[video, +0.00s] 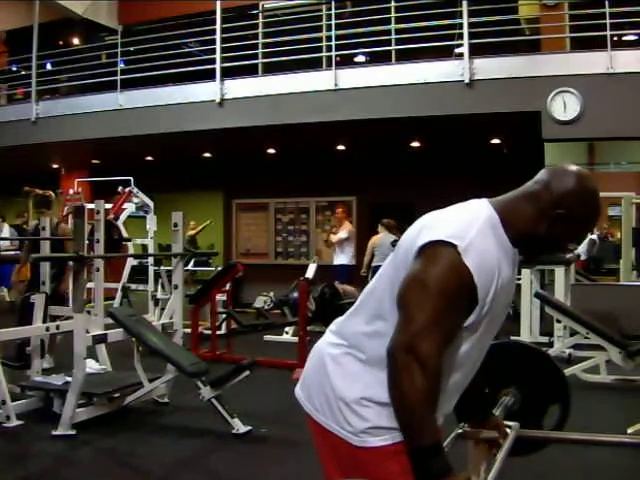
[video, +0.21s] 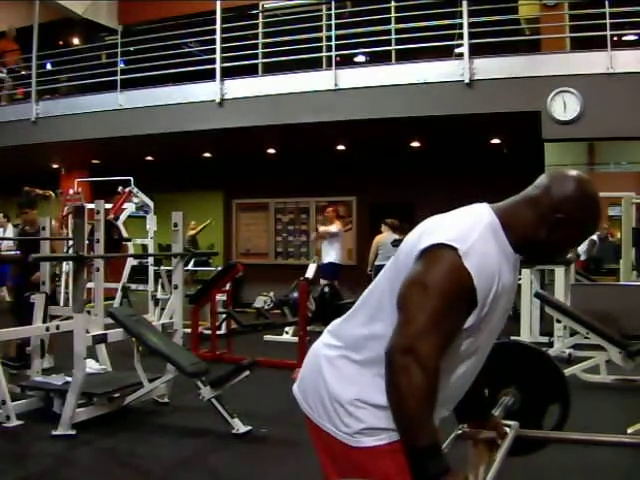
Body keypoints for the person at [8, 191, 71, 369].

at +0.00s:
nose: (43, 215)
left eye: (44, 211)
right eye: (40, 211)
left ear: (47, 209)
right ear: (41, 210)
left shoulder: (61, 230)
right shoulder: (34, 229)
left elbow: (69, 256)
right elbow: (27, 252)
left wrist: (66, 279)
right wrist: (17, 272)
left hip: (57, 277)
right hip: (37, 276)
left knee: (54, 315)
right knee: (31, 312)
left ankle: (49, 353)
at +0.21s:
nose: (24, 217)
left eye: (26, 213)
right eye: (21, 214)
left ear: (35, 211)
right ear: (19, 214)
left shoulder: (48, 229)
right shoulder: (20, 231)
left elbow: (57, 254)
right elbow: (17, 256)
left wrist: (46, 272)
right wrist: (11, 278)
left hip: (40, 278)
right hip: (21, 278)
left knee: (41, 316)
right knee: (21, 315)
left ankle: (44, 353)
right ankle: (20, 353)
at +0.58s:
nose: (2, 217)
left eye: (4, 212)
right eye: (0, 212)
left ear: (13, 209)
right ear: (2, 212)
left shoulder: (29, 227)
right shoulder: (2, 227)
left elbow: (40, 255)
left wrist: (29, 275)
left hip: (20, 282)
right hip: (1, 282)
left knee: (20, 321)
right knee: (4, 321)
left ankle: (18, 359)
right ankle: (7, 358)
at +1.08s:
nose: (1, 212)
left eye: (1, 209)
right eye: (1, 210)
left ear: (5, 208)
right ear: (4, 209)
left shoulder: (18, 228)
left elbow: (27, 258)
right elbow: (27, 258)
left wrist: (10, 278)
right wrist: (11, 277)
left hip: (11, 285)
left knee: (11, 323)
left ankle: (11, 358)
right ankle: (8, 357)